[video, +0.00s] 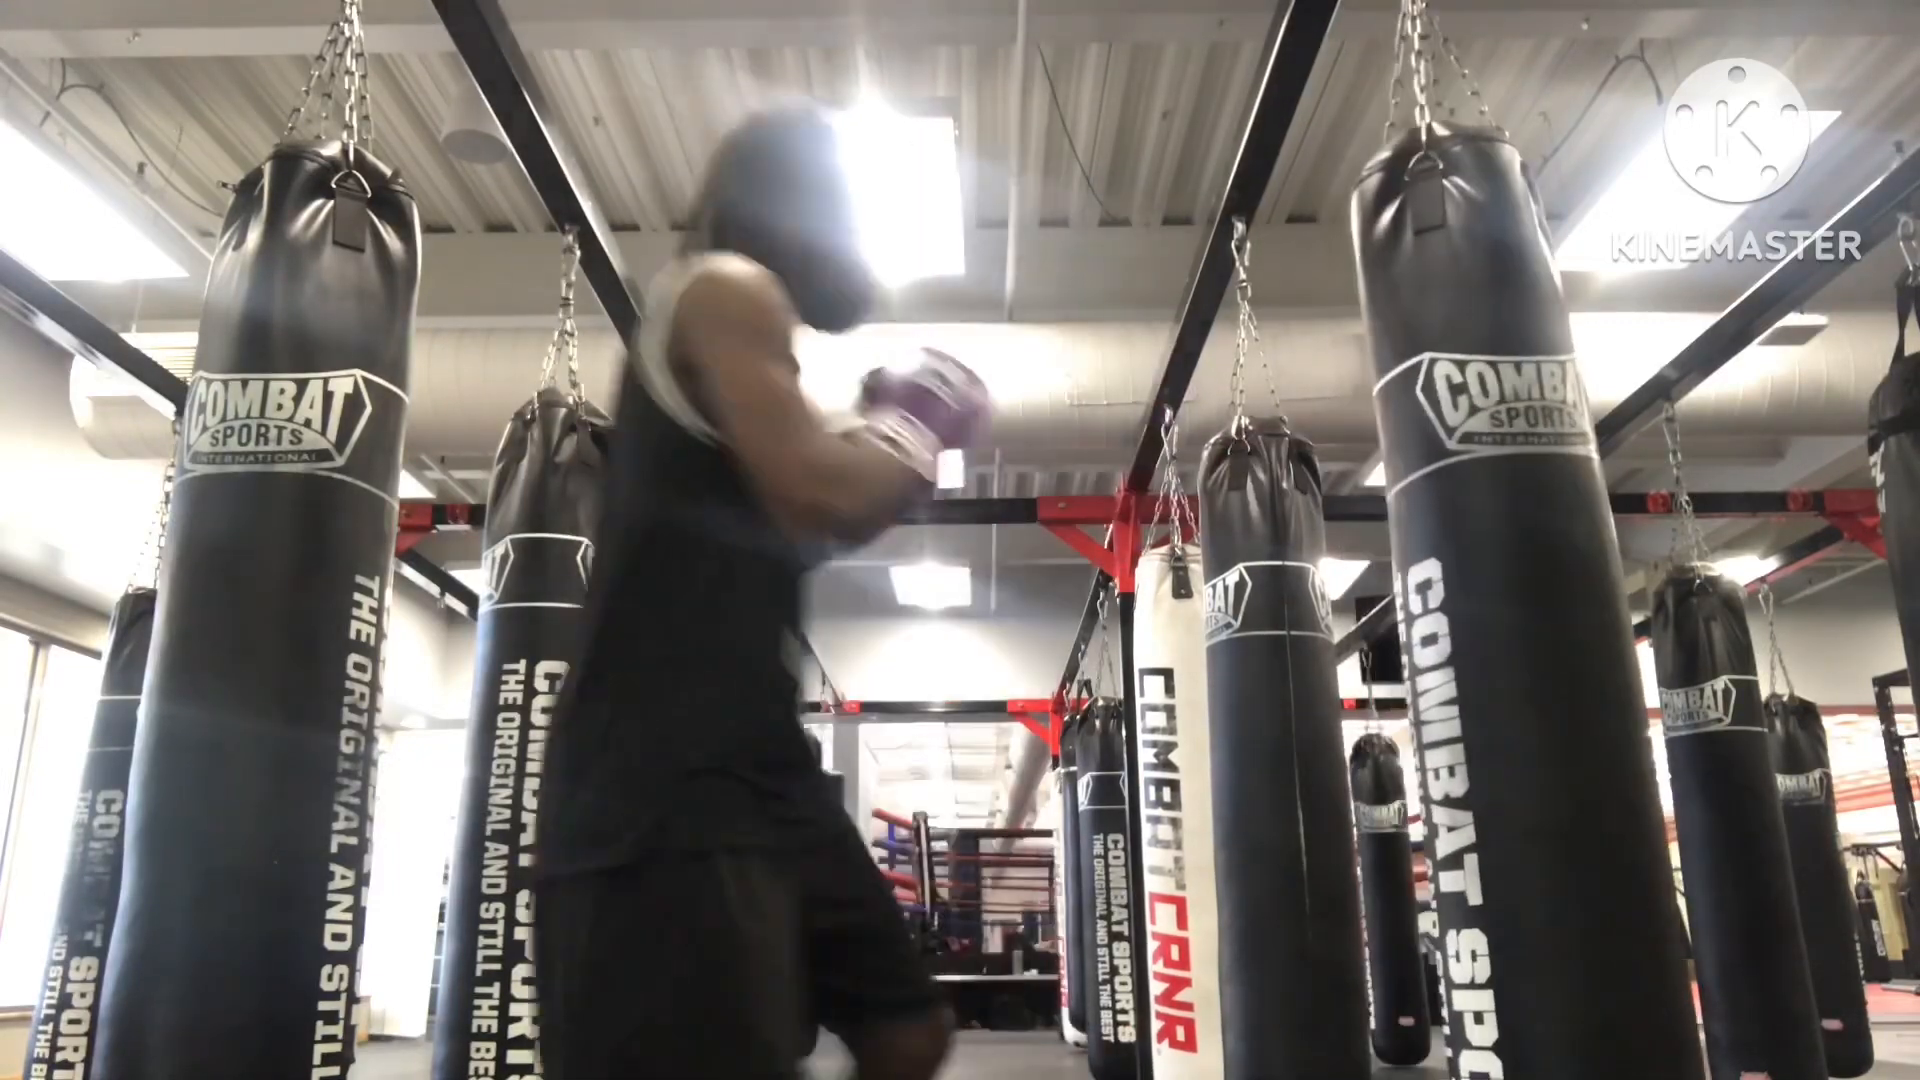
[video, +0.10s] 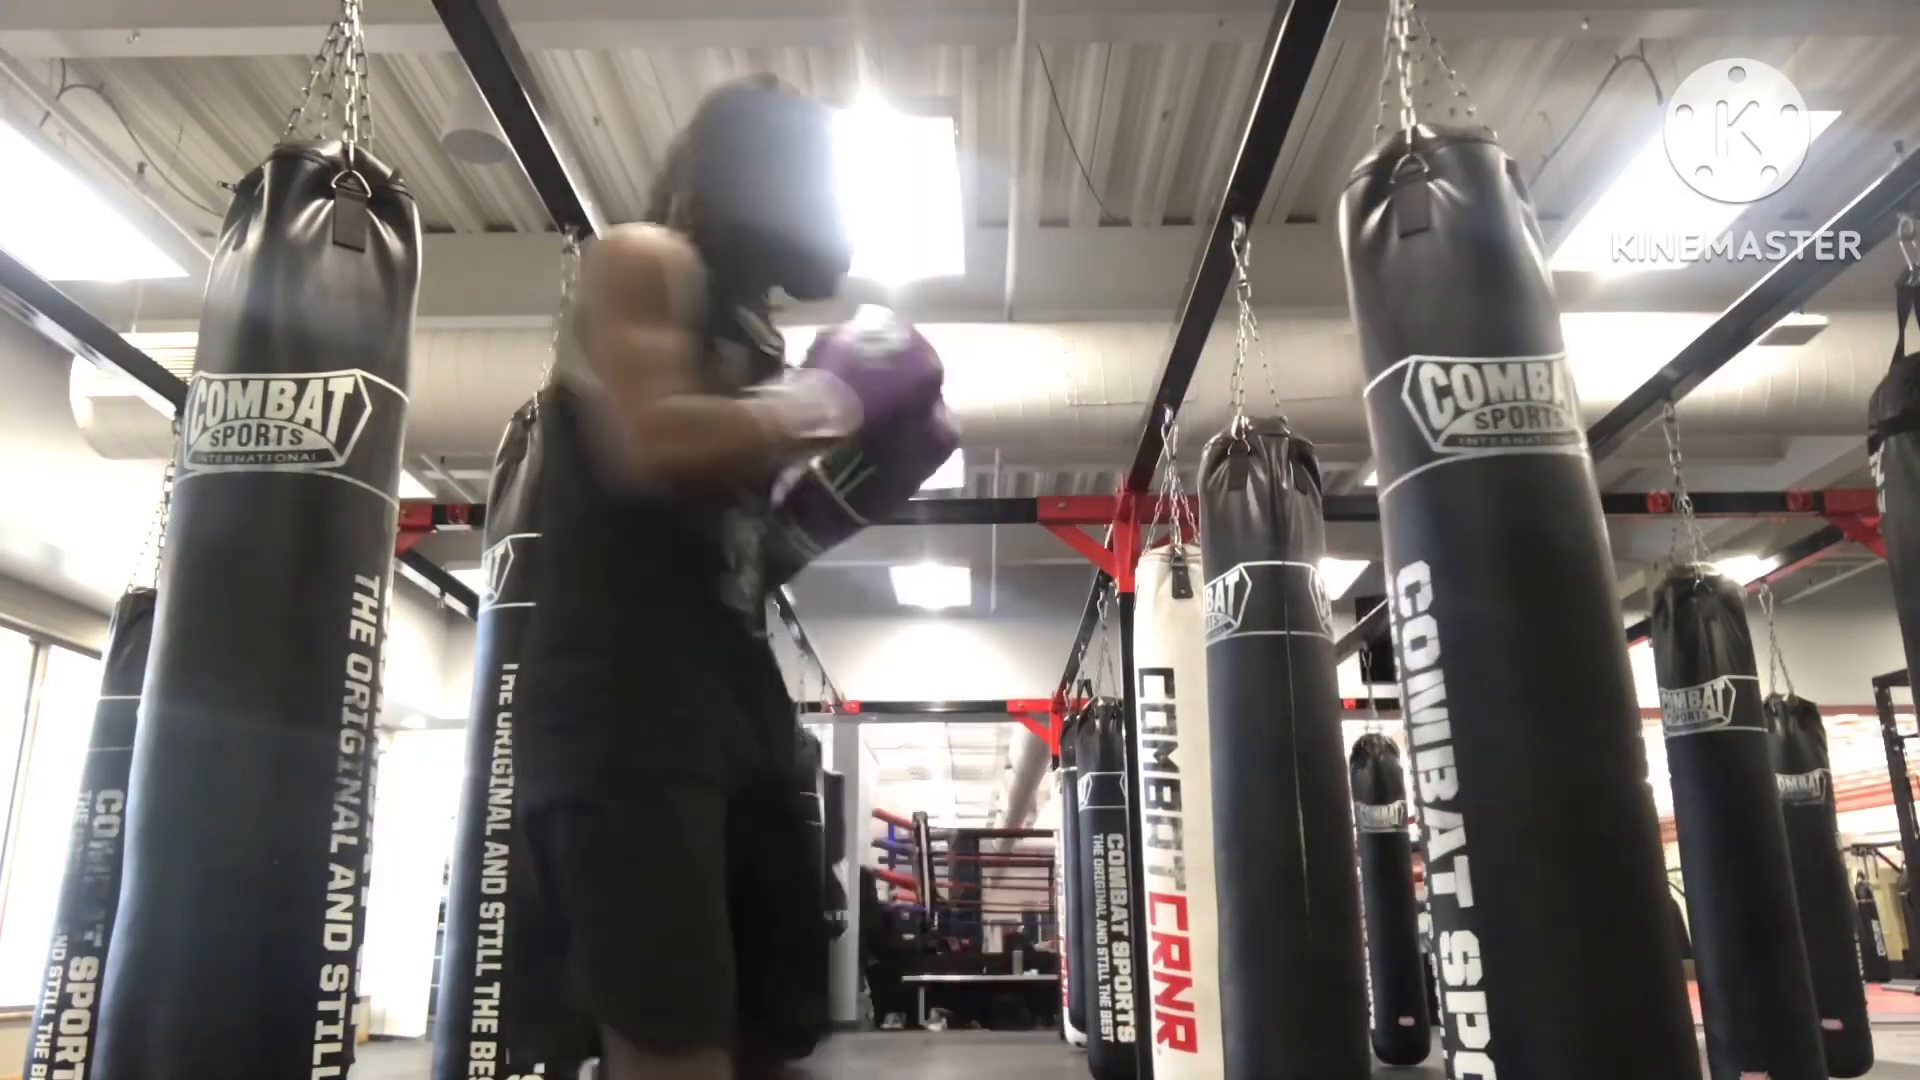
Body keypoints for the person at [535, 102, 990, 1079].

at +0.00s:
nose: (859, 226)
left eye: (852, 197)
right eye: (840, 194)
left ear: (756, 199)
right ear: (786, 196)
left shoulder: (735, 313)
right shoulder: (722, 289)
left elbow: (808, 504)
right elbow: (812, 485)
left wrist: (884, 422)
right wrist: (909, 440)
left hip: (753, 765)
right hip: (675, 776)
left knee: (906, 1032)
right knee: (703, 1053)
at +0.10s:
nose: (825, 195)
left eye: (821, 168)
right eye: (806, 165)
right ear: (745, 170)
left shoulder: (741, 340)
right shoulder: (641, 255)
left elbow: (737, 560)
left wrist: (867, 483)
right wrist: (829, 397)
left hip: (725, 720)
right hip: (624, 721)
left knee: (759, 1030)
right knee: (668, 1043)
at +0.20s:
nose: (826, 230)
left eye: (824, 198)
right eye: (798, 192)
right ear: (696, 201)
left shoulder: (778, 386)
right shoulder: (577, 324)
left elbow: (755, 614)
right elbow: (523, 521)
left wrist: (876, 509)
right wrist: (699, 458)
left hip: (708, 776)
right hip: (583, 767)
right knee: (642, 1060)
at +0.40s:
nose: (818, 178)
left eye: (826, 155)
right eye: (788, 149)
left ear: (832, 187)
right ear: (705, 176)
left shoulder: (806, 384)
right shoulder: (593, 315)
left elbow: (815, 613)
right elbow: (533, 508)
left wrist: (919, 509)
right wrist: (721, 452)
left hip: (720, 775)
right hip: (585, 761)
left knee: (591, 1053)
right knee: (643, 1053)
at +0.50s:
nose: (904, 162)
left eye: (900, 133)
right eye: (887, 125)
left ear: (819, 125)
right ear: (809, 113)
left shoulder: (820, 306)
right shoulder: (662, 210)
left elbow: (783, 571)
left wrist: (911, 475)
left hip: (758, 724)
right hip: (643, 713)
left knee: (753, 1040)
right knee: (653, 1042)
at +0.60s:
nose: (946, 144)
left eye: (946, 115)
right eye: (932, 110)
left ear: (849, 97)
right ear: (862, 83)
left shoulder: (783, 212)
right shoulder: (760, 156)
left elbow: (821, 480)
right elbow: (829, 362)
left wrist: (975, 407)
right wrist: (975, 330)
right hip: (719, 658)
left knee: (843, 1020)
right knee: (699, 1024)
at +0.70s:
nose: (950, 137)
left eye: (950, 117)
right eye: (944, 110)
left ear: (815, 81)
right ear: (915, 85)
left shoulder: (781, 217)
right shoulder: (858, 141)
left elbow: (852, 469)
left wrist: (999, 362)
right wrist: (1056, 355)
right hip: (788, 689)